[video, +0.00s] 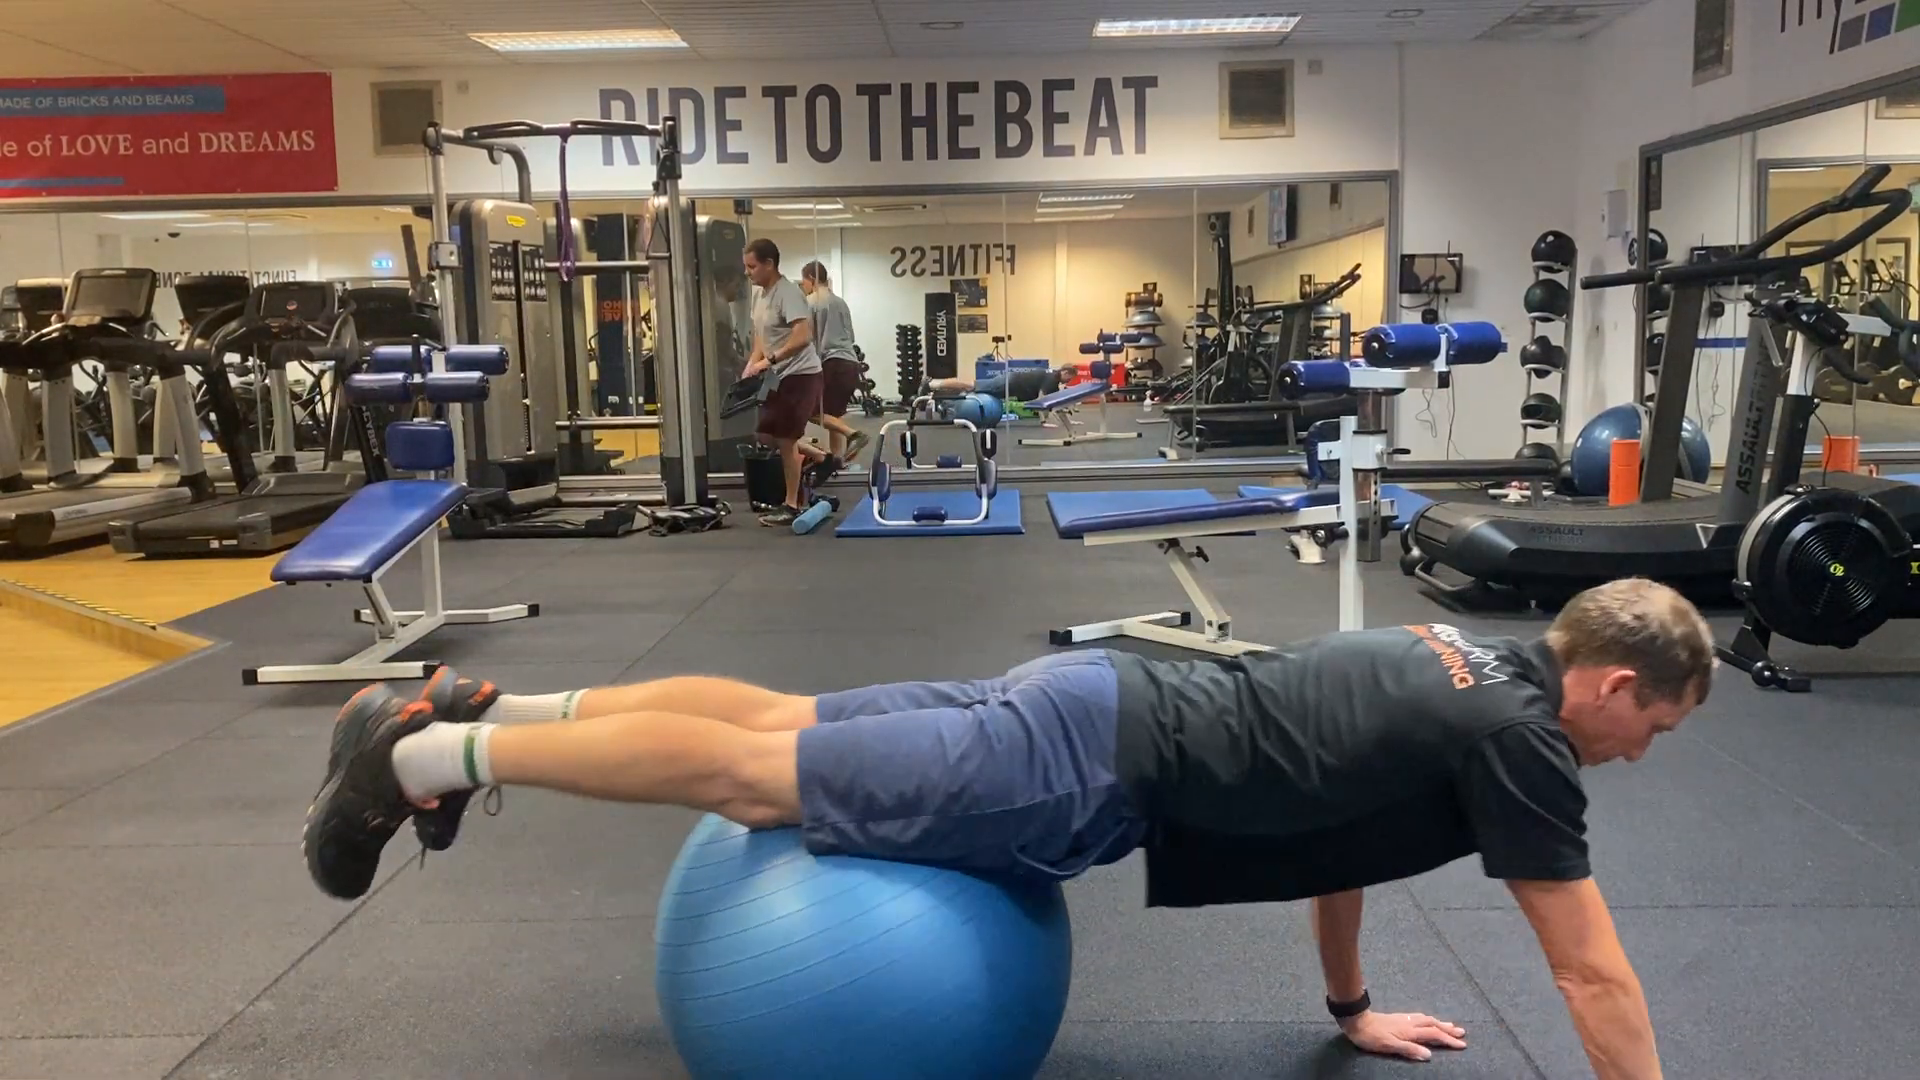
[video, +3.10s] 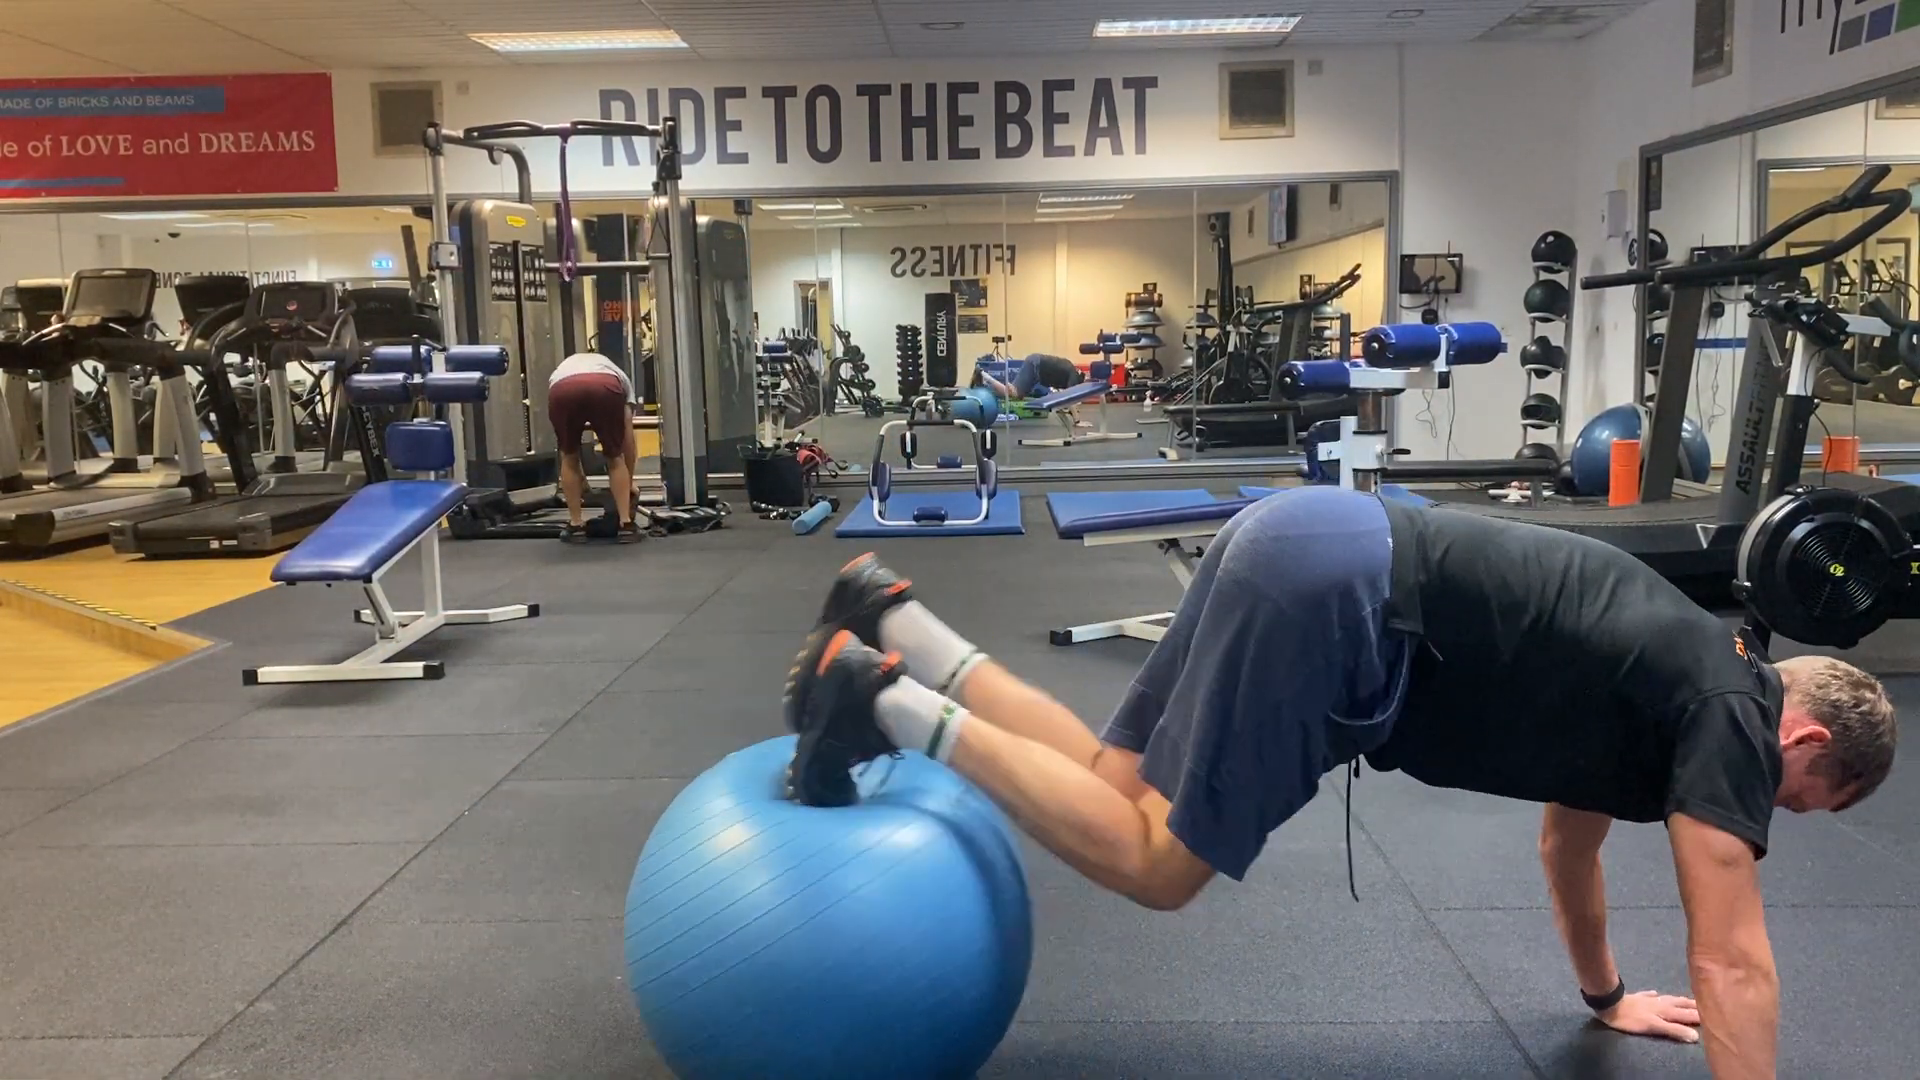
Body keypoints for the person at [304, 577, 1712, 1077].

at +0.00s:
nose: (1659, 740)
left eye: (1669, 717)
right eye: (1668, 716)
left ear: (1583, 653)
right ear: (1622, 690)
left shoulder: (1447, 674)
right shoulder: (1515, 745)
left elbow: (1334, 844)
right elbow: (1595, 980)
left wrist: (1349, 1008)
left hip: (1099, 712)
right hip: (1094, 751)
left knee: (774, 733)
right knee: (764, 771)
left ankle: (475, 714)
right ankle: (436, 748)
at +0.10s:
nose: (1721, 726)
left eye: (1728, 703)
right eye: (1728, 704)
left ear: (1641, 652)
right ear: (1678, 685)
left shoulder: (1517, 671)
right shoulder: (1567, 745)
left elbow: (1373, 808)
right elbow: (1614, 998)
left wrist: (1418, 966)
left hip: (1163, 717)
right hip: (1150, 748)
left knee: (836, 740)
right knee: (832, 758)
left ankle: (515, 691)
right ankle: (496, 706)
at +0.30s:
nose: (1767, 771)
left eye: (1781, 753)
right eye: (1784, 750)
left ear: (1721, 666)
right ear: (1753, 704)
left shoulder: (1594, 681)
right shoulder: (1640, 727)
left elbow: (1554, 888)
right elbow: (1630, 970)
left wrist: (1620, 1003)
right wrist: (1659, 1063)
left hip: (1229, 733)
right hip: (1232, 726)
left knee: (913, 769)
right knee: (899, 780)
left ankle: (642, 604)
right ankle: (633, 609)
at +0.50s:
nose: (1782, 803)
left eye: (1803, 794)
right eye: (1799, 781)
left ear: (1756, 676)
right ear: (1778, 726)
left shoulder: (1633, 667)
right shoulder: (1686, 721)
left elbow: (1557, 851)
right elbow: (1645, 984)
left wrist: (1604, 982)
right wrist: (1663, 1062)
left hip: (1291, 548)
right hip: (1302, 589)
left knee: (1014, 702)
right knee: (1006, 772)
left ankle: (797, 491)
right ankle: (757, 563)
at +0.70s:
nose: (1748, 822)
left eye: (1769, 810)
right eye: (1771, 805)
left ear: (1736, 699)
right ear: (1755, 746)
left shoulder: (1618, 667)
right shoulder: (1668, 702)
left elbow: (1573, 846)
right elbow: (1659, 974)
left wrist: (1611, 987)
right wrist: (1671, 1079)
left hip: (1328, 417)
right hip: (1352, 456)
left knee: (1155, 696)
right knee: (1190, 764)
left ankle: (913, 571)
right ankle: (918, 594)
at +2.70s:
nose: (1763, 813)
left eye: (1782, 804)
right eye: (1781, 793)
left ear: (1748, 692)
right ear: (1771, 733)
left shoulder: (1622, 666)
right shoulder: (1689, 710)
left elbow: (1560, 854)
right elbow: (1720, 975)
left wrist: (1607, 994)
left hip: (1271, 517)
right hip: (1316, 555)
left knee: (1085, 822)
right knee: (1251, 902)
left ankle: (817, 698)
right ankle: (1066, 616)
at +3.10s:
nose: (1795, 811)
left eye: (1813, 803)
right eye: (1816, 794)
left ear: (1781, 700)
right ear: (1810, 732)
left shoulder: (1656, 650)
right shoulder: (1730, 702)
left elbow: (1572, 840)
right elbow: (1733, 975)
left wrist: (1607, 997)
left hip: (1306, 526)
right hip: (1344, 584)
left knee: (1124, 794)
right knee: (1165, 869)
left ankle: (897, 617)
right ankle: (893, 702)